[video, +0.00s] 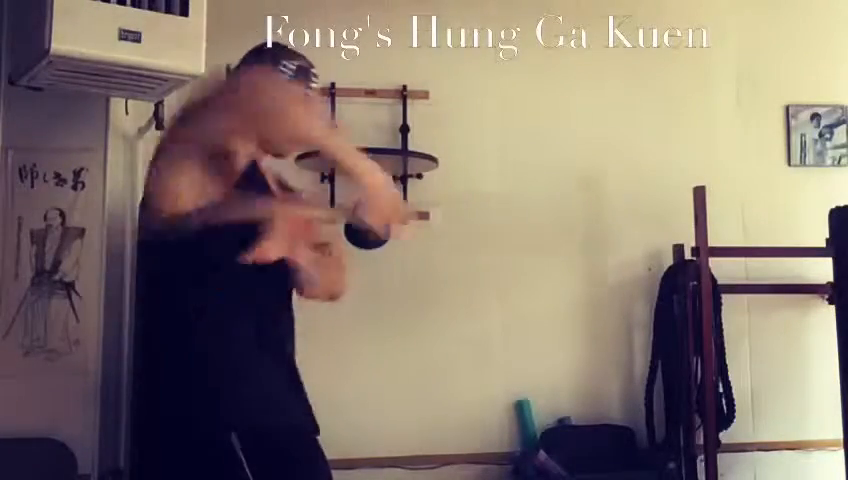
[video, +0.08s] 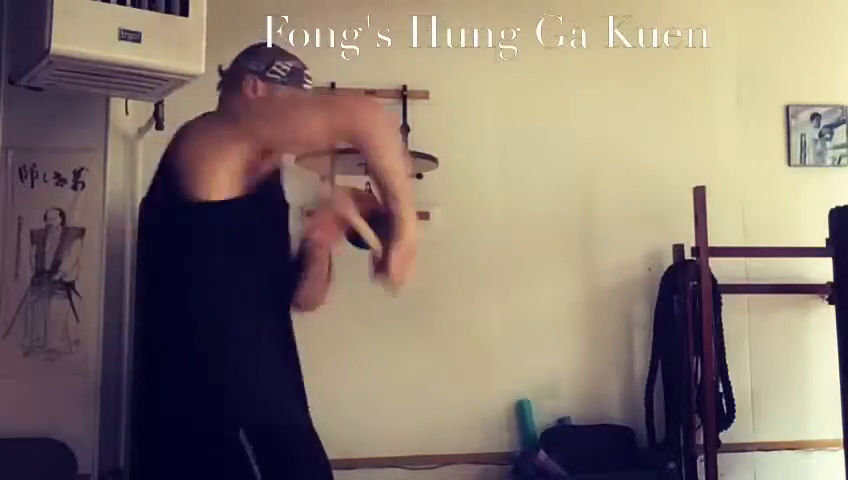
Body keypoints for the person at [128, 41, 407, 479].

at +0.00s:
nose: (310, 110)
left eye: (311, 97)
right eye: (299, 92)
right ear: (253, 84)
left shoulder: (270, 190)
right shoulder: (186, 166)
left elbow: (330, 283)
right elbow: (263, 94)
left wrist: (297, 244)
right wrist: (369, 176)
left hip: (272, 408)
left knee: (305, 471)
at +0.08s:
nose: (298, 111)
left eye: (300, 99)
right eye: (291, 95)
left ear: (251, 90)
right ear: (253, 88)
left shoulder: (261, 184)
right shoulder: (205, 140)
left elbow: (305, 299)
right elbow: (367, 116)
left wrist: (318, 243)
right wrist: (403, 225)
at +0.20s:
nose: (301, 114)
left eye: (301, 100)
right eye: (295, 95)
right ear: (253, 80)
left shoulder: (144, 170)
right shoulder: (281, 140)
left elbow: (209, 292)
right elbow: (385, 182)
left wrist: (311, 270)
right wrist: (338, 239)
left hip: (164, 406)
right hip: (256, 407)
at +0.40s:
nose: (292, 99)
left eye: (293, 84)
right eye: (285, 78)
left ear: (235, 74)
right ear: (240, 71)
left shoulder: (139, 174)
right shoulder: (264, 152)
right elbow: (350, 226)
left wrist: (306, 243)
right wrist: (375, 223)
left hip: (167, 412)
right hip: (261, 412)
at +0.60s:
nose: (276, 83)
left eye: (272, 67)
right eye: (264, 65)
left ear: (215, 67)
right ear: (216, 65)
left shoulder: (165, 164)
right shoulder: (227, 166)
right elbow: (336, 270)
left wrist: (359, 235)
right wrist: (417, 233)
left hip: (179, 424)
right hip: (253, 430)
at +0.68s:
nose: (264, 83)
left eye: (261, 68)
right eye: (251, 65)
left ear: (204, 69)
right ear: (204, 66)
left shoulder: (179, 165)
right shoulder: (198, 172)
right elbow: (314, 268)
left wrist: (327, 225)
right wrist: (398, 209)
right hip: (248, 437)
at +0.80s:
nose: (263, 88)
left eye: (260, 74)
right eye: (250, 71)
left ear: (205, 72)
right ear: (202, 70)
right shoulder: (170, 177)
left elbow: (329, 271)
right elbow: (281, 287)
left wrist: (332, 207)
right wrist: (340, 191)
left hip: (276, 428)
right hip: (204, 438)